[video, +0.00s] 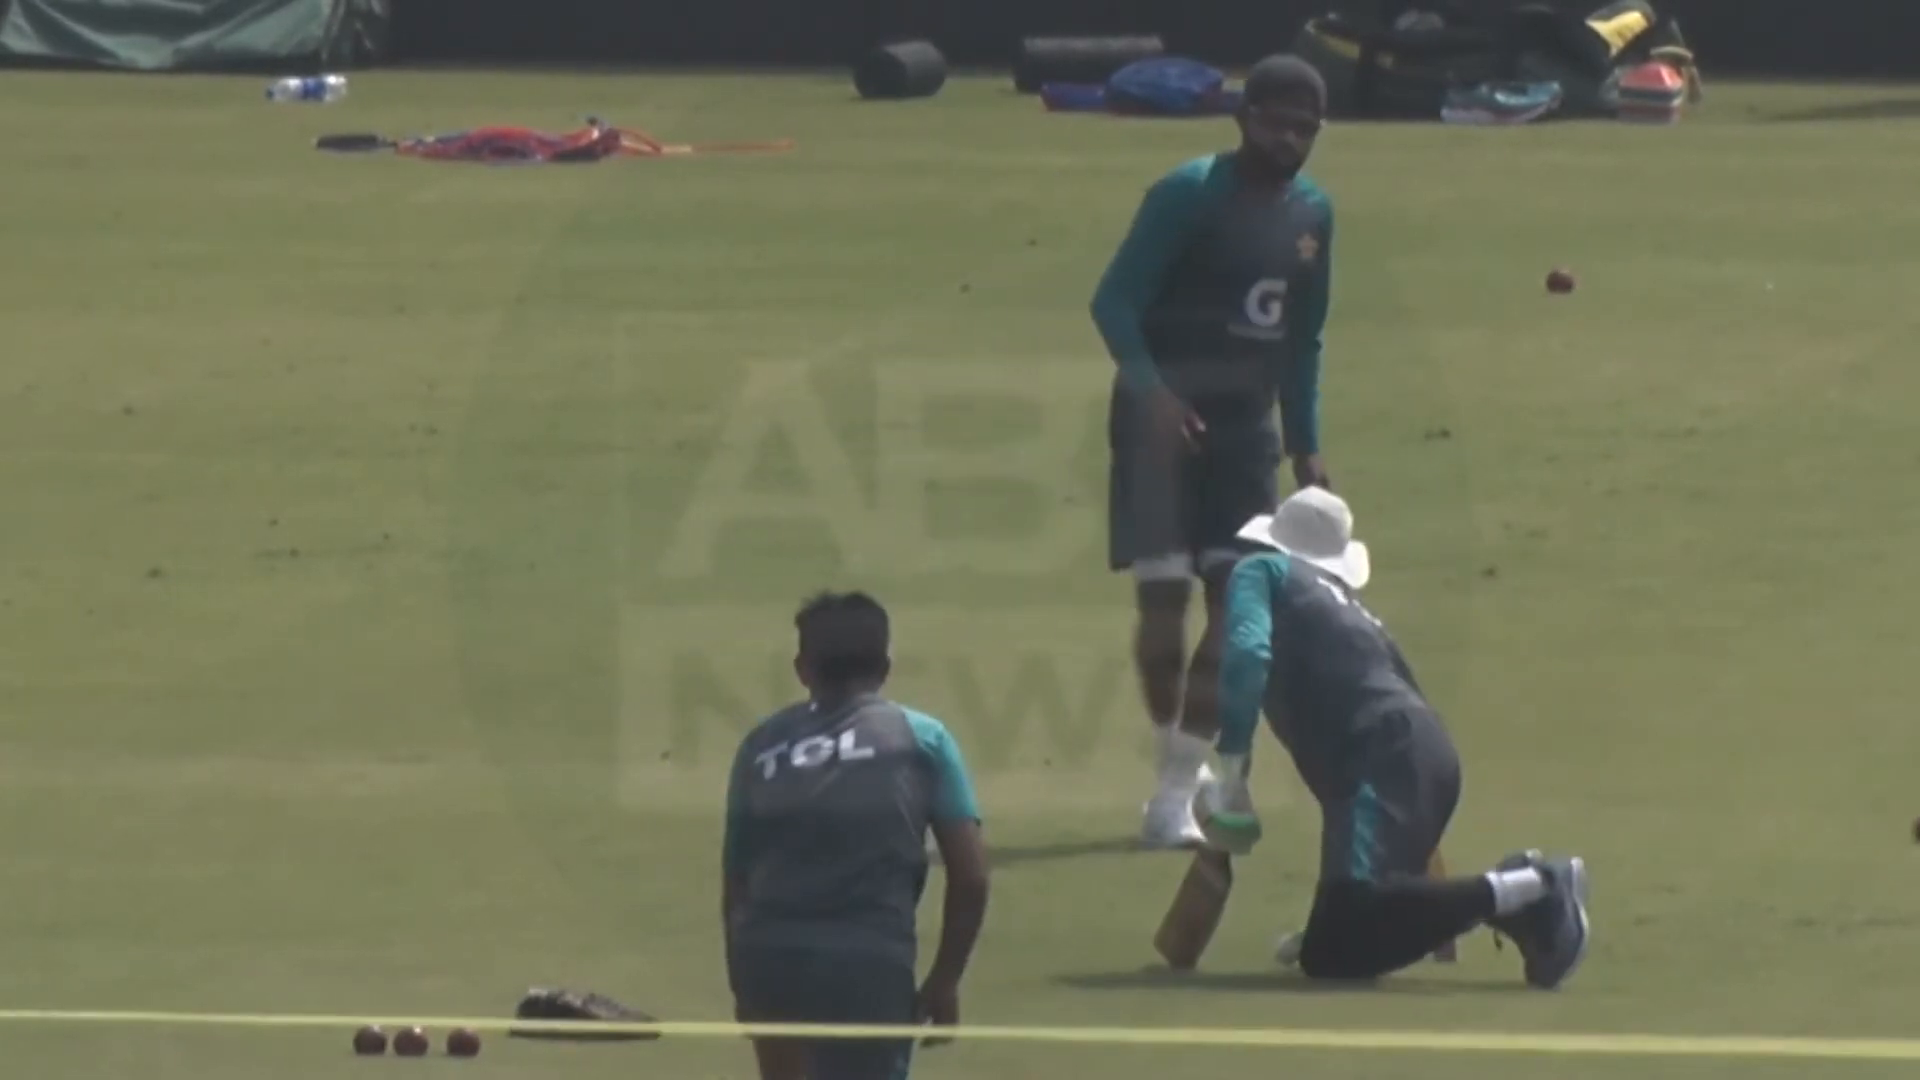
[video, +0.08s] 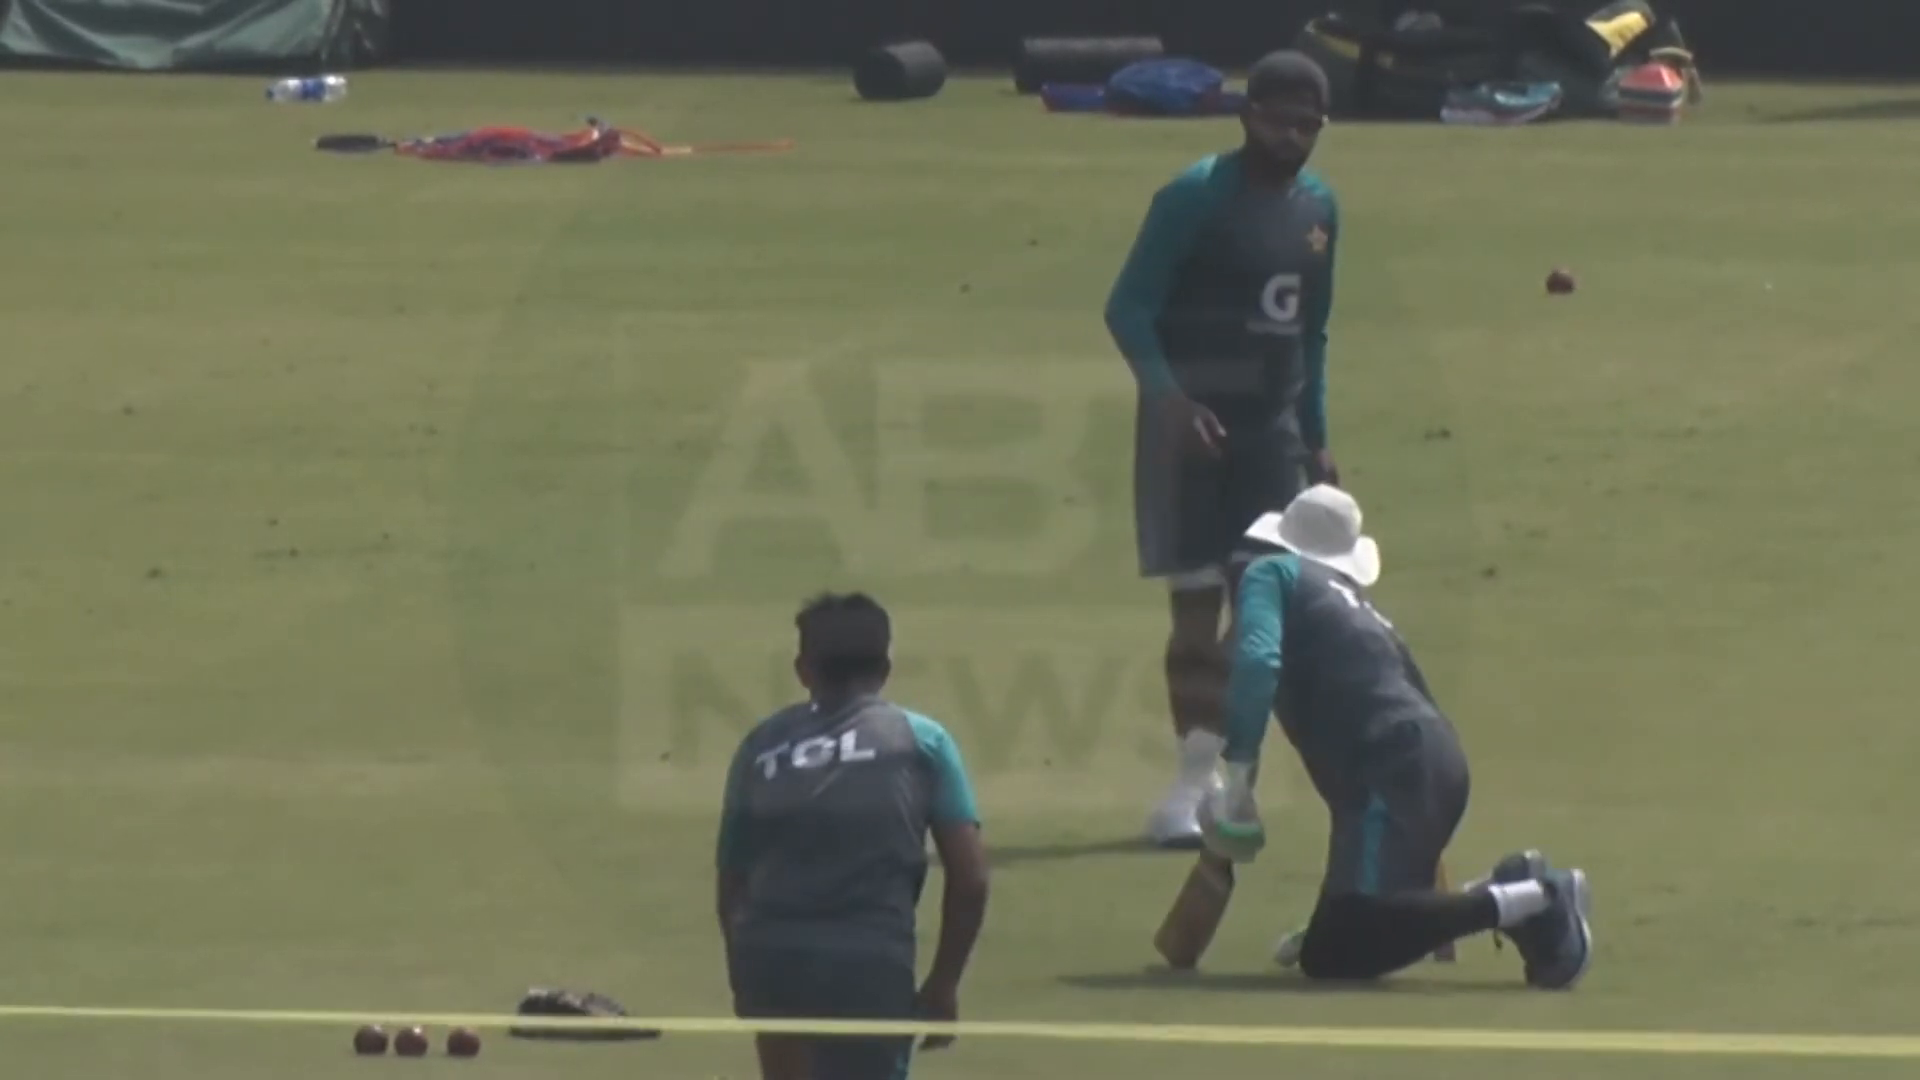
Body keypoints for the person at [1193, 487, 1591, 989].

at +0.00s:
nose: (1252, 556)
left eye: (1260, 549)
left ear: (1276, 547)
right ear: (1334, 564)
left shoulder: (1260, 568)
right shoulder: (1352, 611)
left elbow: (1248, 653)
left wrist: (1231, 772)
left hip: (1388, 759)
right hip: (1430, 761)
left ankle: (1526, 889)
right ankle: (1515, 892)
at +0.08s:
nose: (1254, 556)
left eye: (1265, 548)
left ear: (1285, 548)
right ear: (1338, 561)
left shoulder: (1271, 572)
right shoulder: (1356, 604)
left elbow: (1258, 662)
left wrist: (1239, 774)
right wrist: (1327, 928)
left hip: (1395, 772)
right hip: (1436, 767)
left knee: (1334, 953)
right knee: (1353, 933)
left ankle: (1527, 902)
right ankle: (1503, 895)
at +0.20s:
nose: (1279, 543)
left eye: (1289, 535)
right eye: (1285, 535)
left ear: (1304, 539)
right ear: (1358, 557)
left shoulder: (1294, 572)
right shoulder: (1374, 604)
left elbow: (1284, 667)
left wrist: (1255, 780)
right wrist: (1330, 921)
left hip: (1411, 779)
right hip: (1448, 776)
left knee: (1335, 953)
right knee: (1350, 939)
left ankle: (1531, 901)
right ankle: (1498, 899)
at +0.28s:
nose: (1296, 545)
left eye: (1304, 534)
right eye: (1302, 534)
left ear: (1317, 537)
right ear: (1374, 551)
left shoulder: (1316, 574)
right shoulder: (1387, 601)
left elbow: (1307, 672)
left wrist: (1277, 781)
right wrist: (1338, 916)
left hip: (1423, 793)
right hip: (1456, 787)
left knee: (1336, 954)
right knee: (1343, 943)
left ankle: (1527, 904)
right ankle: (1502, 901)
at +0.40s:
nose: (1334, 548)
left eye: (1341, 537)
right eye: (1335, 537)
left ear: (1360, 535)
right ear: (1406, 546)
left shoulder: (1354, 573)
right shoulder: (1424, 606)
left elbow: (1347, 684)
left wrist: (1310, 802)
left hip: (1448, 806)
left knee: (1367, 961)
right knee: (1330, 952)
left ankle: (1531, 903)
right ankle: (1508, 900)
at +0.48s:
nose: (1360, 545)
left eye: (1368, 533)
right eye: (1363, 532)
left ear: (1387, 535)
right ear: (1432, 547)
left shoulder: (1386, 580)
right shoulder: (1452, 615)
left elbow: (1382, 695)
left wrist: (1338, 807)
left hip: (1457, 827)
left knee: (1368, 967)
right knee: (1331, 956)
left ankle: (1534, 903)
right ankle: (1513, 894)